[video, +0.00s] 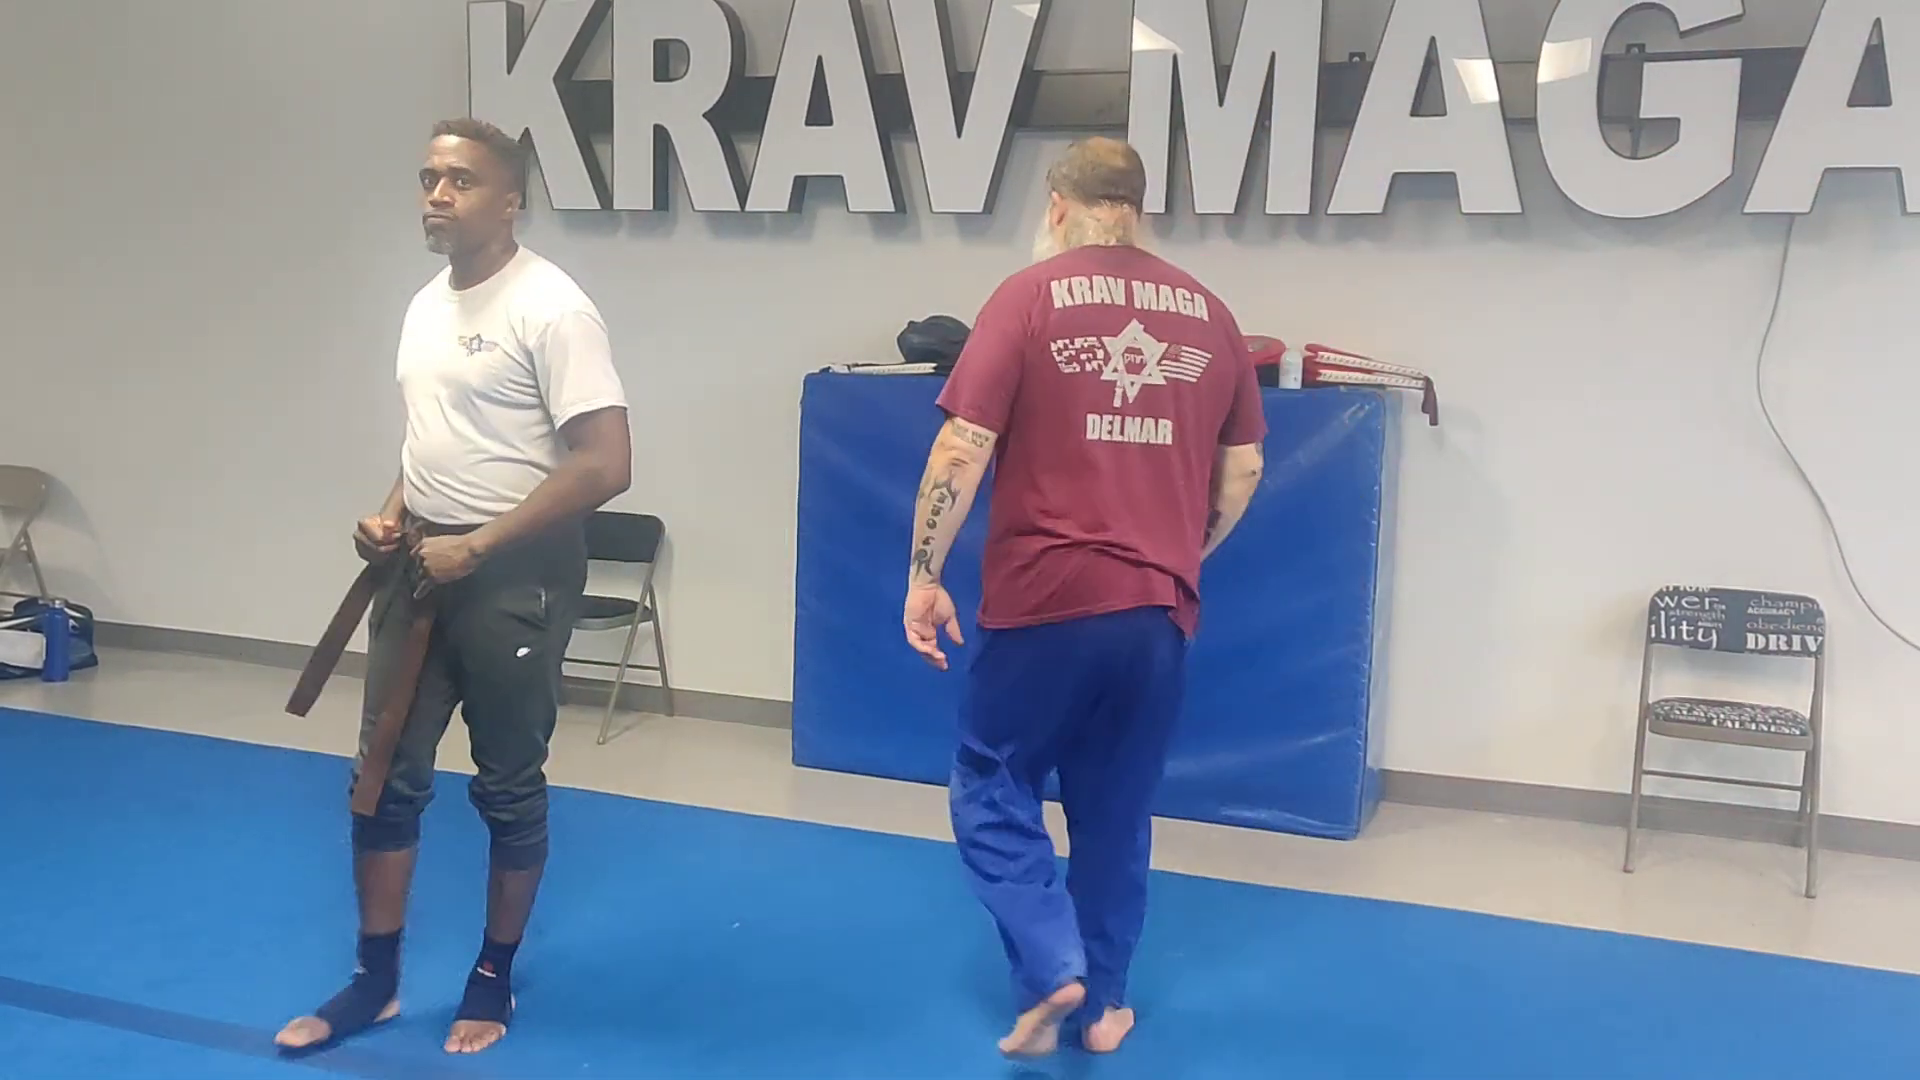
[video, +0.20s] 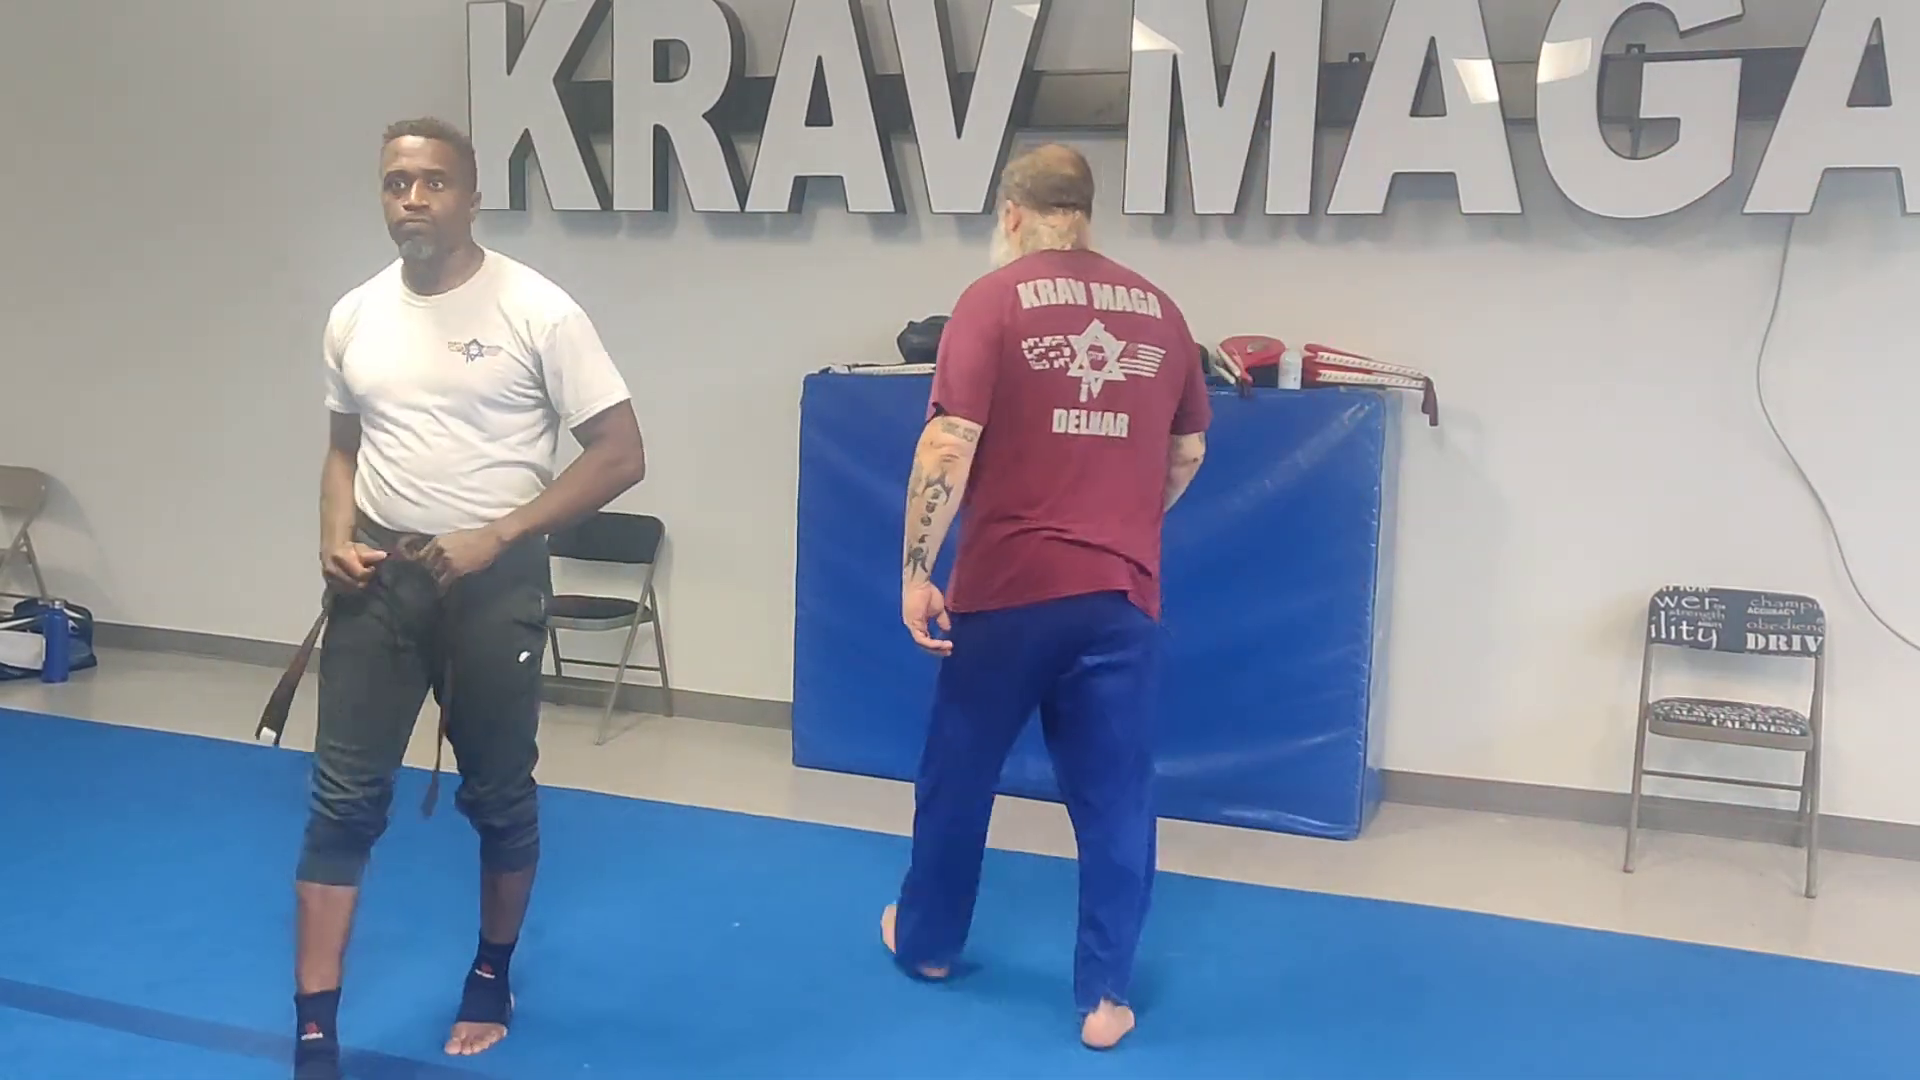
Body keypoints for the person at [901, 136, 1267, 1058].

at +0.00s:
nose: (1043, 230)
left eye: (1044, 217)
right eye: (1049, 218)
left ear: (1060, 212)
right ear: (1139, 215)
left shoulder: (1031, 293)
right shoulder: (1210, 312)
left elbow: (963, 446)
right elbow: (1243, 466)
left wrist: (924, 572)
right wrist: (1181, 554)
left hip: (1045, 594)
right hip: (1158, 600)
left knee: (994, 774)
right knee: (1116, 805)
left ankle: (1052, 963)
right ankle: (1106, 1004)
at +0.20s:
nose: (998, 235)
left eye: (998, 223)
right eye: (1003, 224)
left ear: (1013, 217)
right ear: (1086, 218)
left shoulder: (992, 299)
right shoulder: (1158, 306)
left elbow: (951, 440)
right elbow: (1188, 446)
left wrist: (916, 569)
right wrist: (1127, 525)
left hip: (1010, 577)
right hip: (1122, 584)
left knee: (958, 772)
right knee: (1116, 794)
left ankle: (929, 940)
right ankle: (1106, 998)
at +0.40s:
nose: (924, 247)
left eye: (925, 235)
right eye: (929, 235)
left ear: (936, 234)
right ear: (1011, 231)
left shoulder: (924, 322)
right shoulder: (1086, 310)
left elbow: (884, 466)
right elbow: (1128, 450)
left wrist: (864, 583)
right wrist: (1077, 528)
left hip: (968, 582)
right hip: (1074, 580)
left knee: (936, 768)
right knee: (1072, 776)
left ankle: (932, 931)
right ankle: (1092, 939)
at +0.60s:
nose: (880, 236)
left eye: (880, 225)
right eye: (883, 224)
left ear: (891, 225)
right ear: (961, 221)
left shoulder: (875, 312)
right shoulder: (1035, 301)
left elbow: (819, 455)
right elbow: (1084, 426)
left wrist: (792, 540)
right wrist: (1057, 516)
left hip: (921, 561)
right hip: (1021, 556)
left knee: (908, 751)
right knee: (1011, 723)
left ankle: (924, 933)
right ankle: (1023, 860)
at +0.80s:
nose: (852, 249)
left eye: (852, 237)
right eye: (857, 237)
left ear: (864, 237)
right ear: (929, 232)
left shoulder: (846, 319)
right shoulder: (998, 316)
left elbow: (778, 446)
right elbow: (1039, 441)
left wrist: (740, 509)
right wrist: (1010, 525)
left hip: (891, 561)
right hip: (980, 557)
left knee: (890, 743)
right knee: (939, 725)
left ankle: (923, 931)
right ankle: (906, 855)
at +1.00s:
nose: (841, 255)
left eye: (842, 246)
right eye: (850, 245)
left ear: (851, 247)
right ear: (914, 248)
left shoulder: (828, 316)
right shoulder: (968, 330)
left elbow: (777, 436)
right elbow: (997, 451)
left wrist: (737, 526)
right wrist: (960, 532)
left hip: (847, 553)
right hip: (933, 555)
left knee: (831, 718)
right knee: (891, 710)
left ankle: (896, 859)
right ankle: (846, 851)